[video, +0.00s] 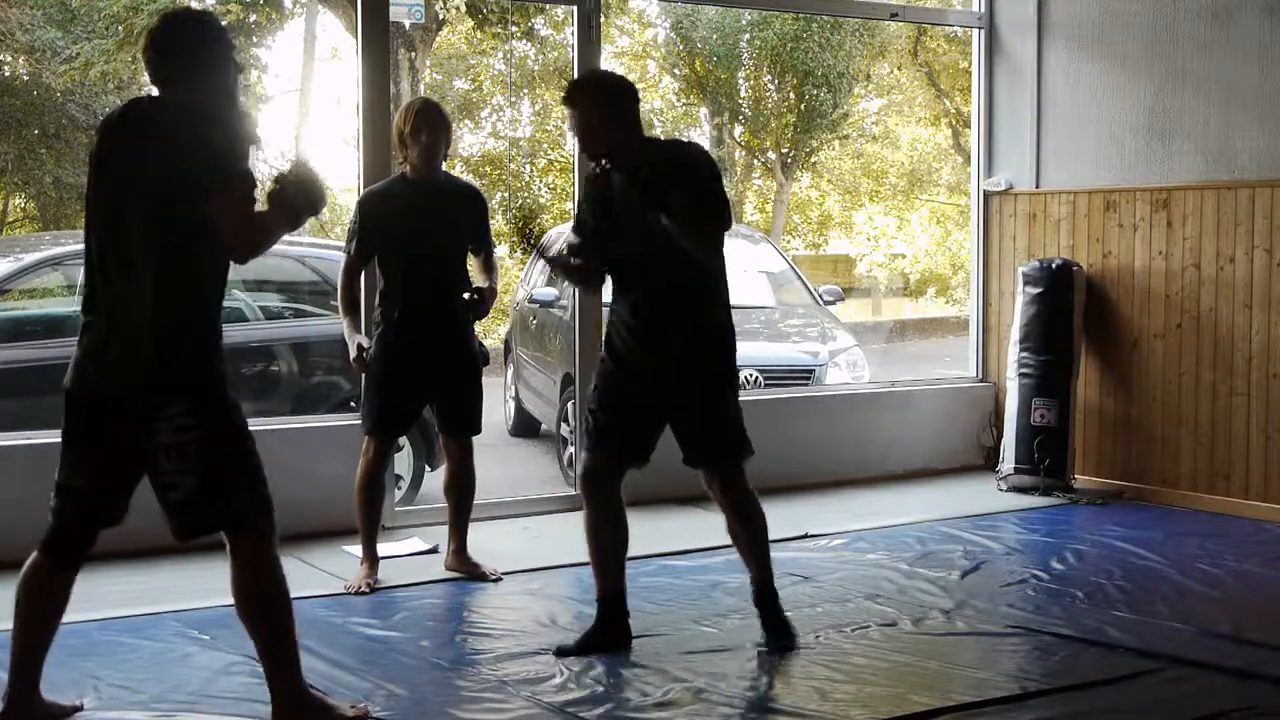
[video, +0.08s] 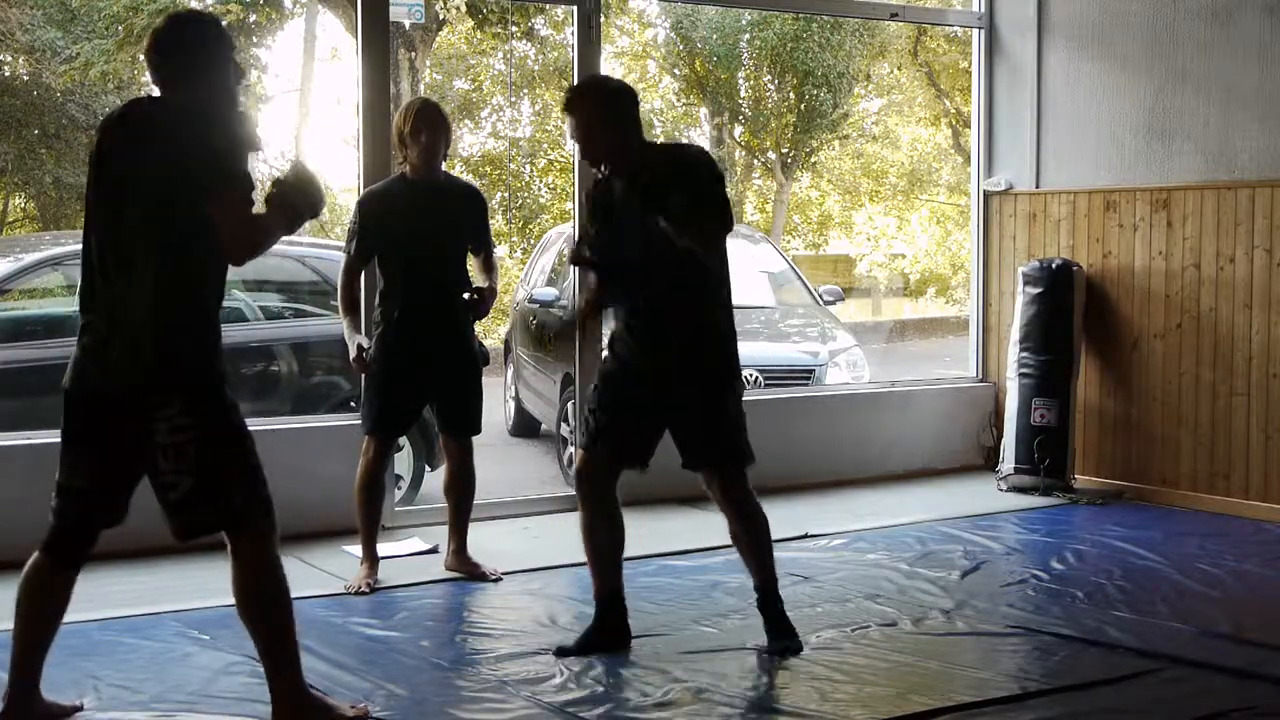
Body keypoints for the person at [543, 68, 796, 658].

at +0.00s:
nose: (575, 137)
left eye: (581, 123)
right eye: (573, 125)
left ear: (615, 115)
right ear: (598, 118)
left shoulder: (687, 161)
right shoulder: (597, 180)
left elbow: (709, 242)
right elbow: (590, 272)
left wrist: (646, 198)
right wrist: (561, 260)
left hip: (700, 344)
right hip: (632, 347)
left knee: (726, 480)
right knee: (598, 476)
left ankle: (770, 609)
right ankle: (612, 622)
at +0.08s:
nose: (578, 146)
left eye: (583, 132)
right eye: (575, 134)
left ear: (617, 122)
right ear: (602, 126)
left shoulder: (690, 165)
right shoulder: (600, 193)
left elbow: (711, 249)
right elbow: (599, 288)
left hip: (701, 353)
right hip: (633, 356)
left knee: (729, 483)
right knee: (592, 474)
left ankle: (773, 610)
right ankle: (610, 620)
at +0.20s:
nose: (586, 156)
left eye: (591, 142)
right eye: (582, 145)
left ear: (626, 130)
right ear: (601, 137)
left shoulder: (701, 171)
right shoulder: (608, 208)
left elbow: (720, 252)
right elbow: (621, 301)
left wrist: (653, 205)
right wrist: (611, 381)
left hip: (713, 363)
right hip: (644, 369)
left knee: (732, 490)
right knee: (587, 472)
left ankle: (769, 615)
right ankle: (609, 620)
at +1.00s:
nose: (621, 156)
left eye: (626, 142)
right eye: (618, 143)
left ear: (662, 133)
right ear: (650, 137)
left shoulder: (737, 170)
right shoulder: (643, 209)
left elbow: (770, 254)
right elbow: (672, 293)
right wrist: (673, 358)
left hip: (765, 352)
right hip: (700, 355)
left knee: (769, 488)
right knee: (652, 477)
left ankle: (775, 613)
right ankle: (614, 612)